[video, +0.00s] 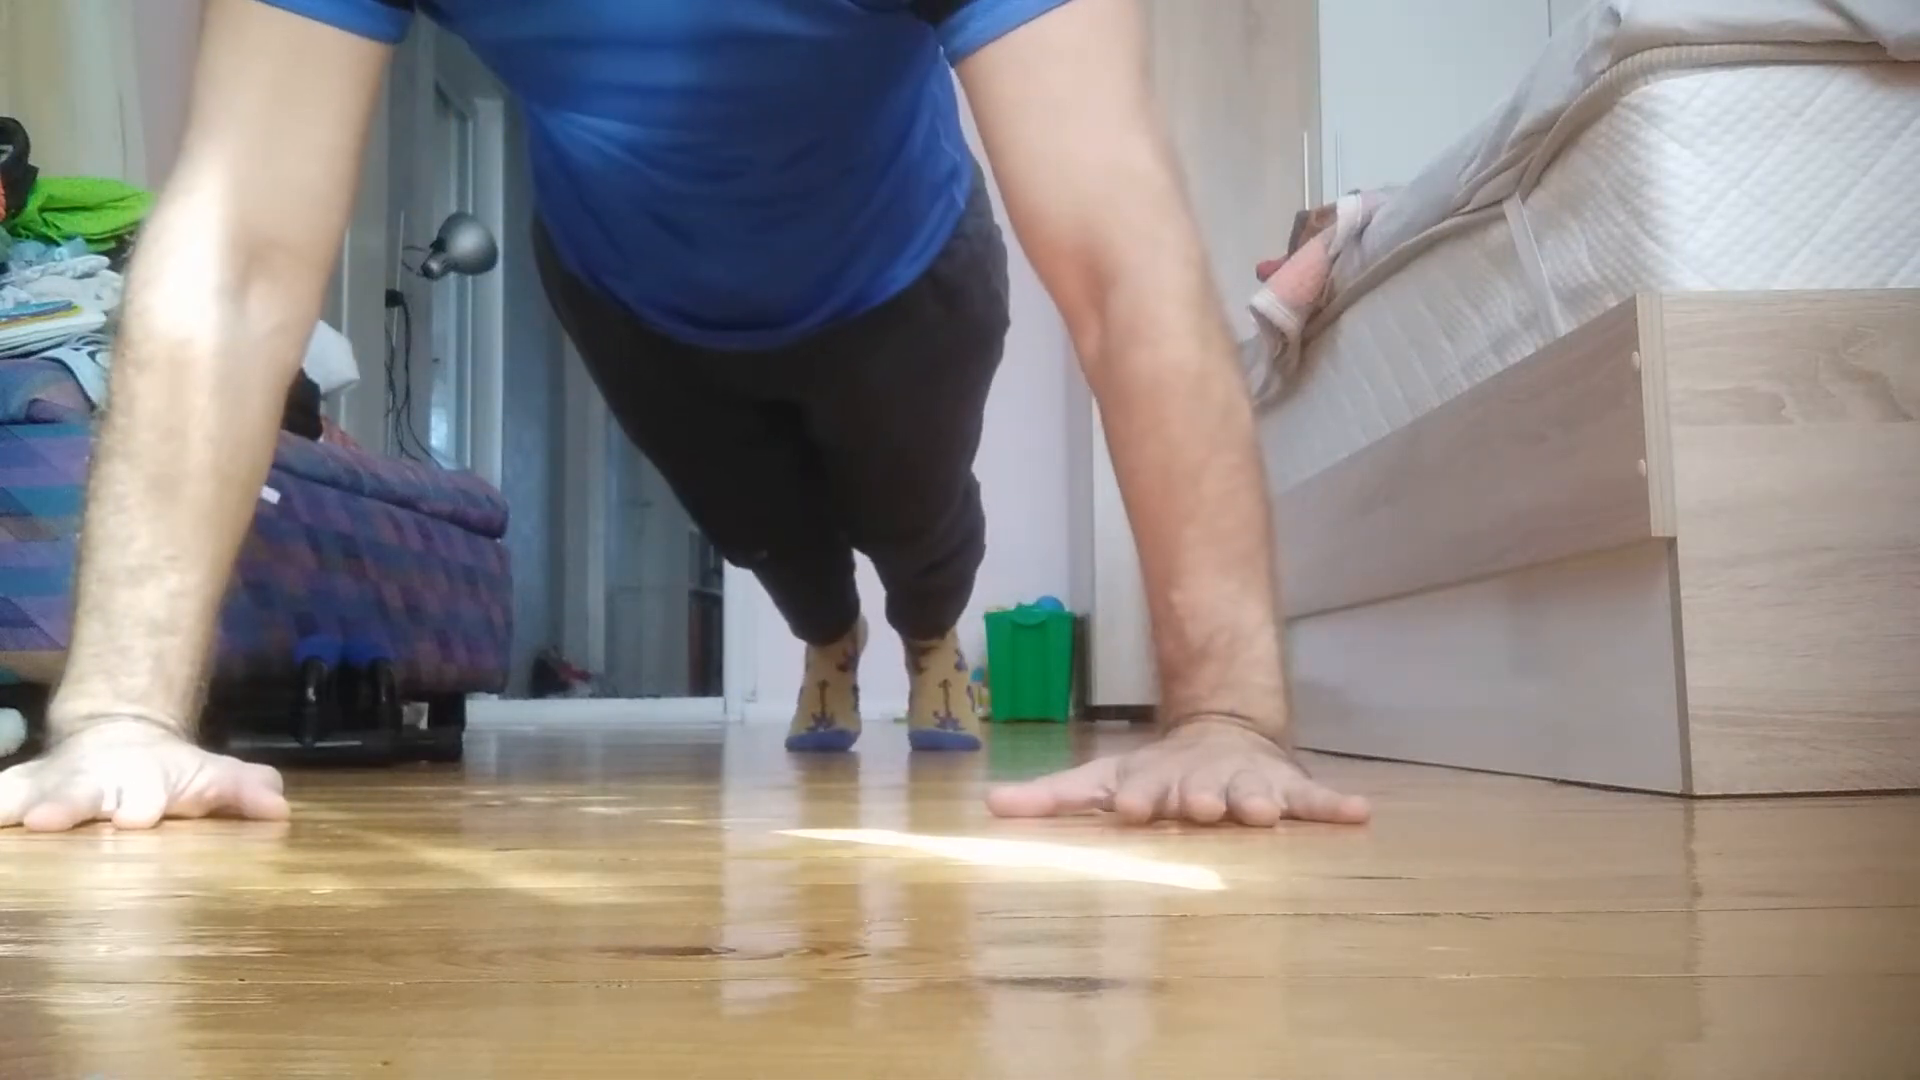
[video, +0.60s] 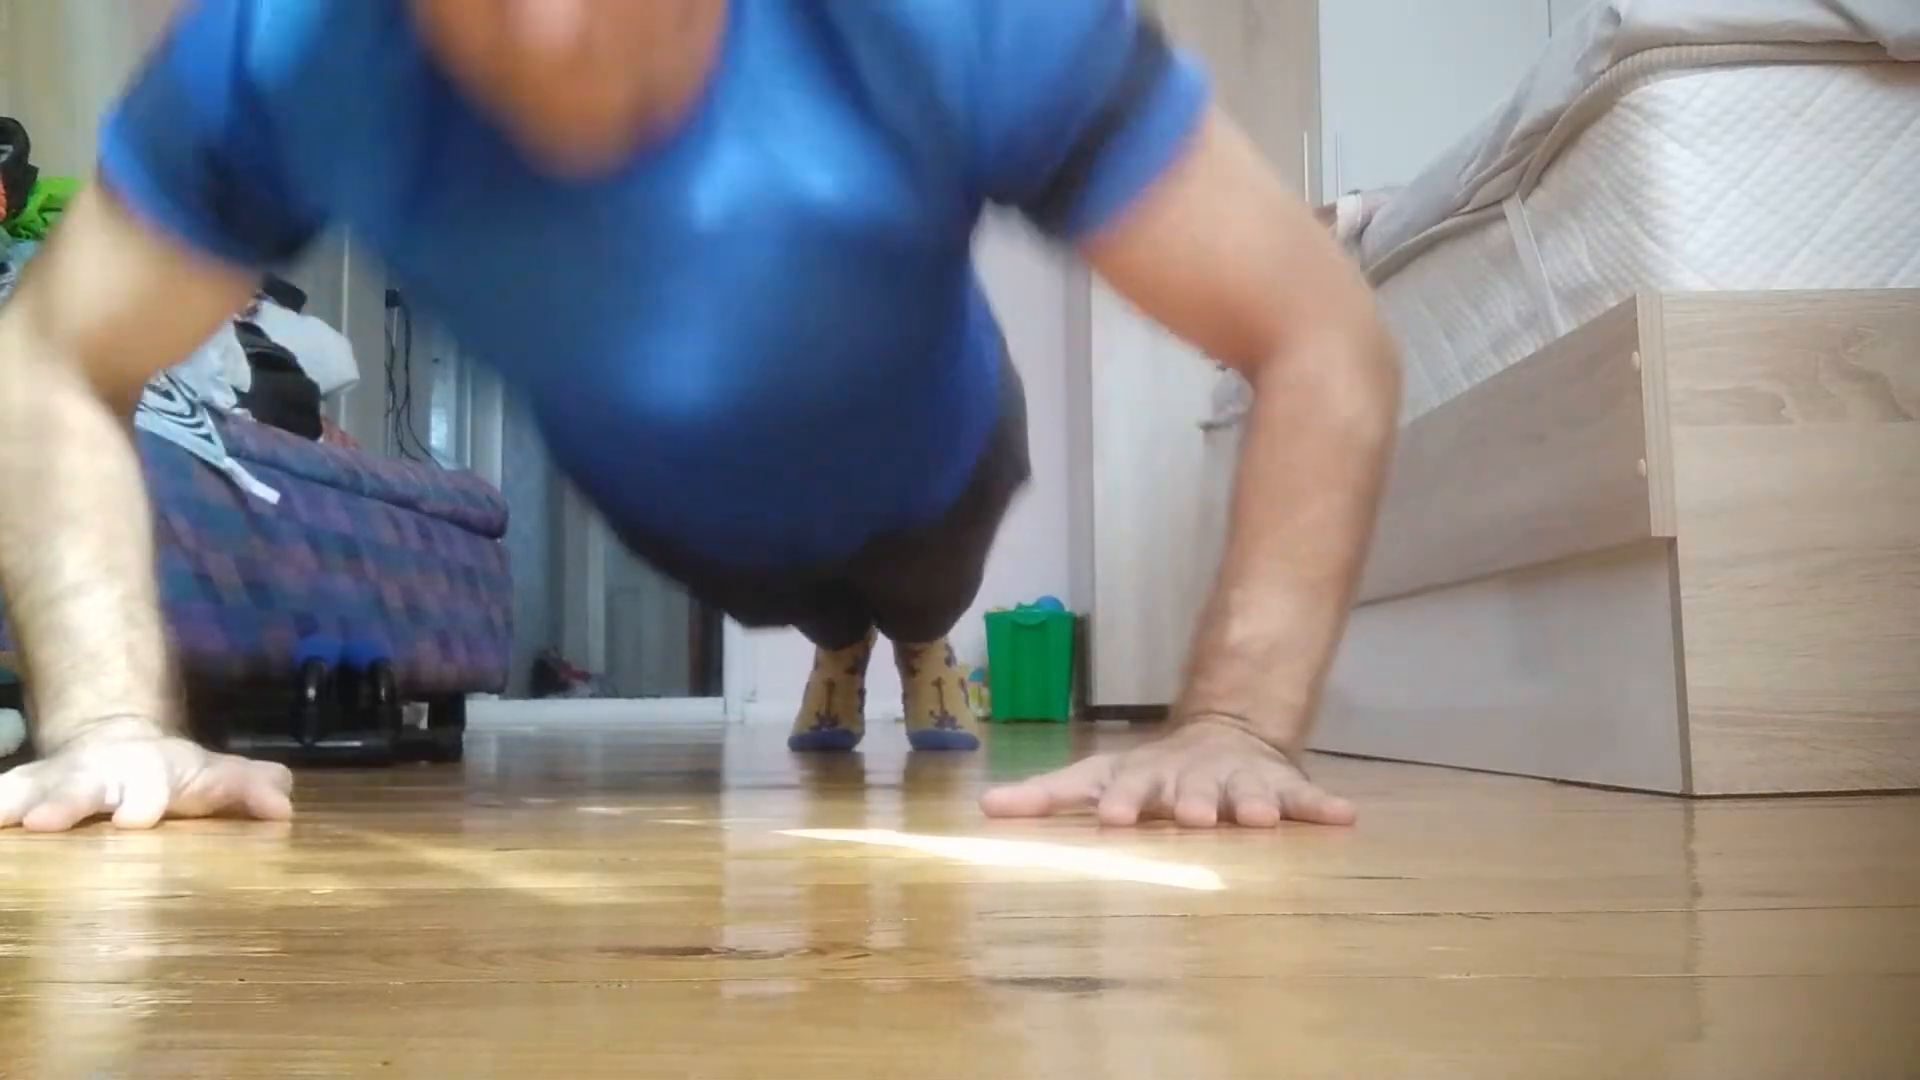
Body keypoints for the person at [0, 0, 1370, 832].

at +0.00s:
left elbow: (1125, 253)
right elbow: (233, 252)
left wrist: (1225, 704)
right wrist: (124, 710)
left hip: (887, 270)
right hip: (632, 297)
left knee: (910, 521)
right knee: (768, 531)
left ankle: (934, 642)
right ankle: (829, 650)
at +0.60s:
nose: (550, 42)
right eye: (486, 2)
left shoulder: (941, 29)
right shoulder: (300, 55)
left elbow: (1330, 334)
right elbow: (53, 357)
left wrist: (1233, 720)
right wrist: (112, 720)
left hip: (921, 487)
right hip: (697, 531)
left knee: (926, 610)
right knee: (808, 613)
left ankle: (926, 661)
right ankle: (840, 661)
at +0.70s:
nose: (525, 372)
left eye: (581, 242)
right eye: (437, 272)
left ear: (740, 92)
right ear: (320, 166)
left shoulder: (954, 202)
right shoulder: (242, 241)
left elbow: (1345, 373)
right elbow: (43, 408)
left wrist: (1234, 721)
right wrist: (114, 720)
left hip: (926, 586)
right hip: (660, 630)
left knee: (938, 636)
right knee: (781, 664)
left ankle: (930, 675)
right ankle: (830, 695)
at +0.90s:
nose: (505, 801)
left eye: (574, 680)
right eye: (401, 706)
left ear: (740, 491)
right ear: (281, 530)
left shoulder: (956, 431)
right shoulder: (231, 413)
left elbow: (1324, 379)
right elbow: (19, 377)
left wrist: (1229, 724)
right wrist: (114, 720)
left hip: (853, 729)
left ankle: (1285, 321)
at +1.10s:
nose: (499, 458)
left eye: (565, 366)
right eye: (420, 377)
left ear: (745, 225)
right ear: (322, 269)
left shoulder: (969, 256)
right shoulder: (246, 265)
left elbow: (1375, 365)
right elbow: (25, 403)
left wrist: (1240, 719)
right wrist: (113, 716)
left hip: (932, 570)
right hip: (685, 614)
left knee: (938, 639)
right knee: (793, 674)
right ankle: (828, 698)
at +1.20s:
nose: (512, 233)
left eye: (578, 135)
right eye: (440, 151)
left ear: (747, 28)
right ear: (356, 79)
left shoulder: (963, 96)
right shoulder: (281, 122)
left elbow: (1359, 351)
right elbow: (45, 382)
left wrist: (1237, 721)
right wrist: (121, 725)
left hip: (930, 497)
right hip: (722, 538)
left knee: (935, 612)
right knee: (828, 615)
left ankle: (932, 667)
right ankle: (851, 664)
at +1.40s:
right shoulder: (353, 0)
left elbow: (1165, 265)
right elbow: (212, 264)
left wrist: (1218, 716)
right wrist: (132, 708)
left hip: (922, 337)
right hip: (672, 363)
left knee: (935, 552)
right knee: (807, 557)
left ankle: (932, 656)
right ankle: (859, 646)